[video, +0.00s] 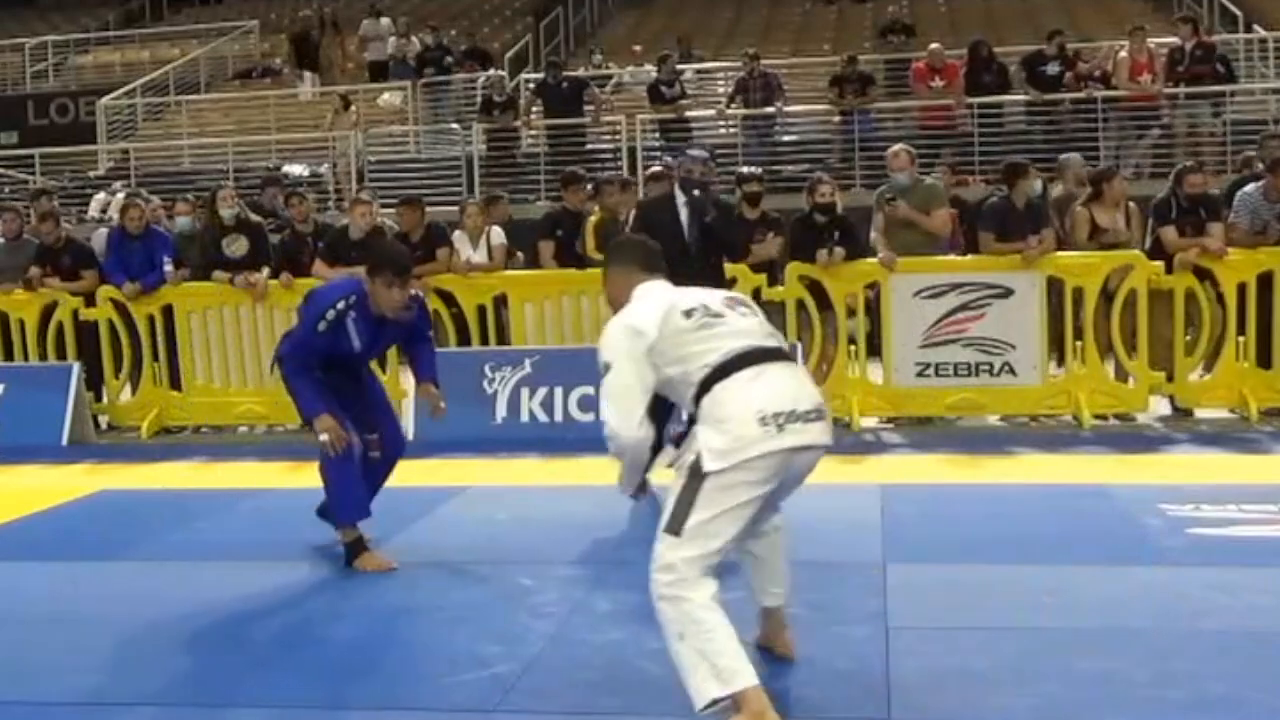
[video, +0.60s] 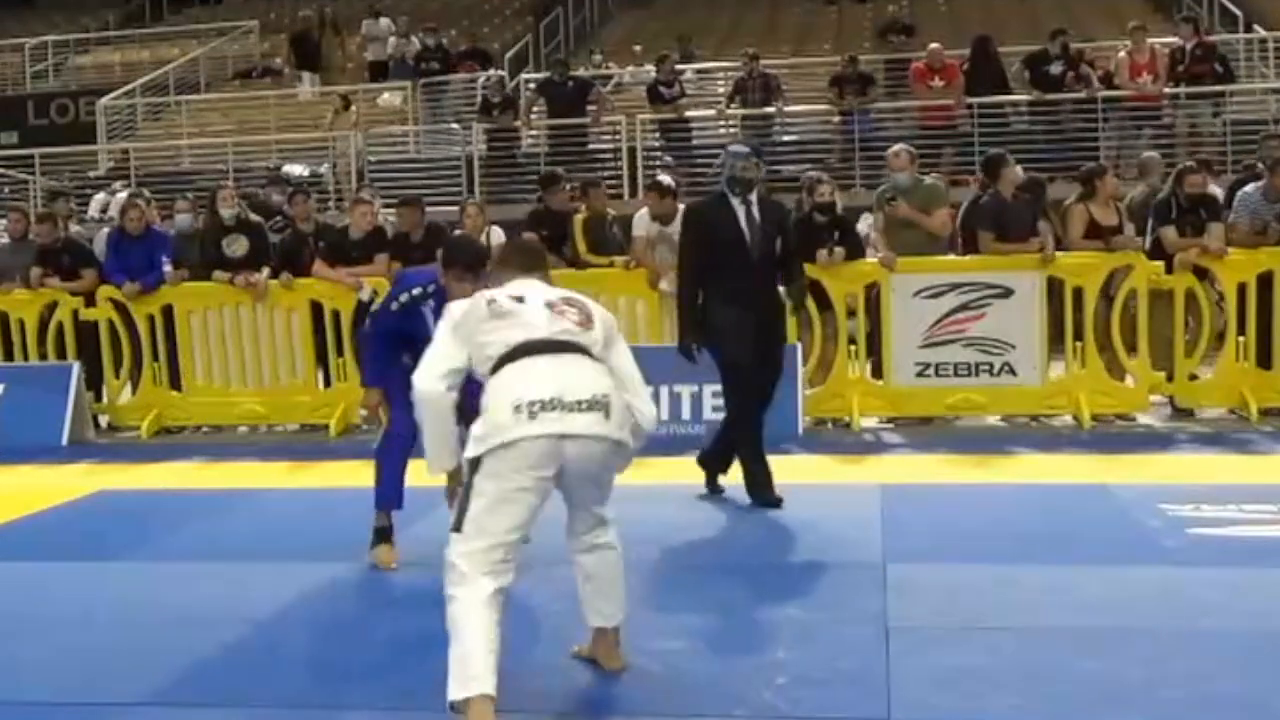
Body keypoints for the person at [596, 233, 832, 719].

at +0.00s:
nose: (609, 298)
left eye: (608, 287)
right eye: (607, 288)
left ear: (622, 281)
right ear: (659, 273)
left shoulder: (627, 324)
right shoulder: (719, 297)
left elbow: (629, 432)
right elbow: (764, 364)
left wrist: (633, 478)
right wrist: (694, 450)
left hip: (742, 431)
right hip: (810, 420)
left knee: (678, 573)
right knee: (761, 516)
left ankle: (751, 706)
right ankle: (776, 630)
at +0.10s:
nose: (585, 297)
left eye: (583, 289)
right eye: (583, 290)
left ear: (590, 285)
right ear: (635, 273)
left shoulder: (594, 332)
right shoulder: (703, 298)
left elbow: (600, 448)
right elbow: (787, 374)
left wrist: (619, 452)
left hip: (704, 432)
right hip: (773, 421)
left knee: (661, 581)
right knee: (715, 520)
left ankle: (751, 705)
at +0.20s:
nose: (569, 301)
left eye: (567, 294)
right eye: (570, 295)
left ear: (573, 289)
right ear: (620, 279)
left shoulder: (569, 333)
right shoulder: (684, 300)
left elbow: (567, 446)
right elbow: (759, 374)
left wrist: (600, 469)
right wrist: (747, 445)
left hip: (662, 437)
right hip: (730, 434)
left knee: (642, 579)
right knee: (645, 532)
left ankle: (747, 700)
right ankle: (618, 641)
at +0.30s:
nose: (564, 307)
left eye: (563, 302)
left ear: (565, 300)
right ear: (613, 293)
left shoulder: (551, 335)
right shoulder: (666, 316)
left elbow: (530, 440)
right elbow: (735, 400)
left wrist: (558, 482)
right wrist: (718, 462)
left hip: (615, 436)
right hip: (686, 433)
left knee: (598, 575)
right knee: (641, 538)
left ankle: (698, 677)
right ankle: (618, 644)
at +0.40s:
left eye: (551, 305)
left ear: (551, 304)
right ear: (600, 299)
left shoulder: (530, 335)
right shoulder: (644, 324)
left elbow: (493, 423)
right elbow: (704, 432)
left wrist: (521, 480)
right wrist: (672, 471)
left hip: (582, 434)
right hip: (652, 432)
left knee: (561, 560)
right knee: (628, 536)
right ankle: (616, 649)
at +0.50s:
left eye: (529, 290)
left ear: (528, 293)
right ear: (577, 294)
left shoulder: (502, 321)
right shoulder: (616, 317)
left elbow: (462, 392)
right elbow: (664, 416)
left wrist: (480, 476)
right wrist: (635, 458)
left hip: (551, 423)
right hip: (627, 422)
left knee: (516, 556)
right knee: (614, 530)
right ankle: (612, 645)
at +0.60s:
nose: (480, 284)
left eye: (486, 275)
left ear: (493, 276)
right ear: (547, 275)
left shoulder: (468, 310)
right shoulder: (592, 310)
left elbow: (430, 383)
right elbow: (643, 411)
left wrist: (448, 466)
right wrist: (611, 459)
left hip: (518, 426)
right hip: (600, 424)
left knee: (479, 564)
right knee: (592, 524)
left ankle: (478, 704)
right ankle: (607, 642)